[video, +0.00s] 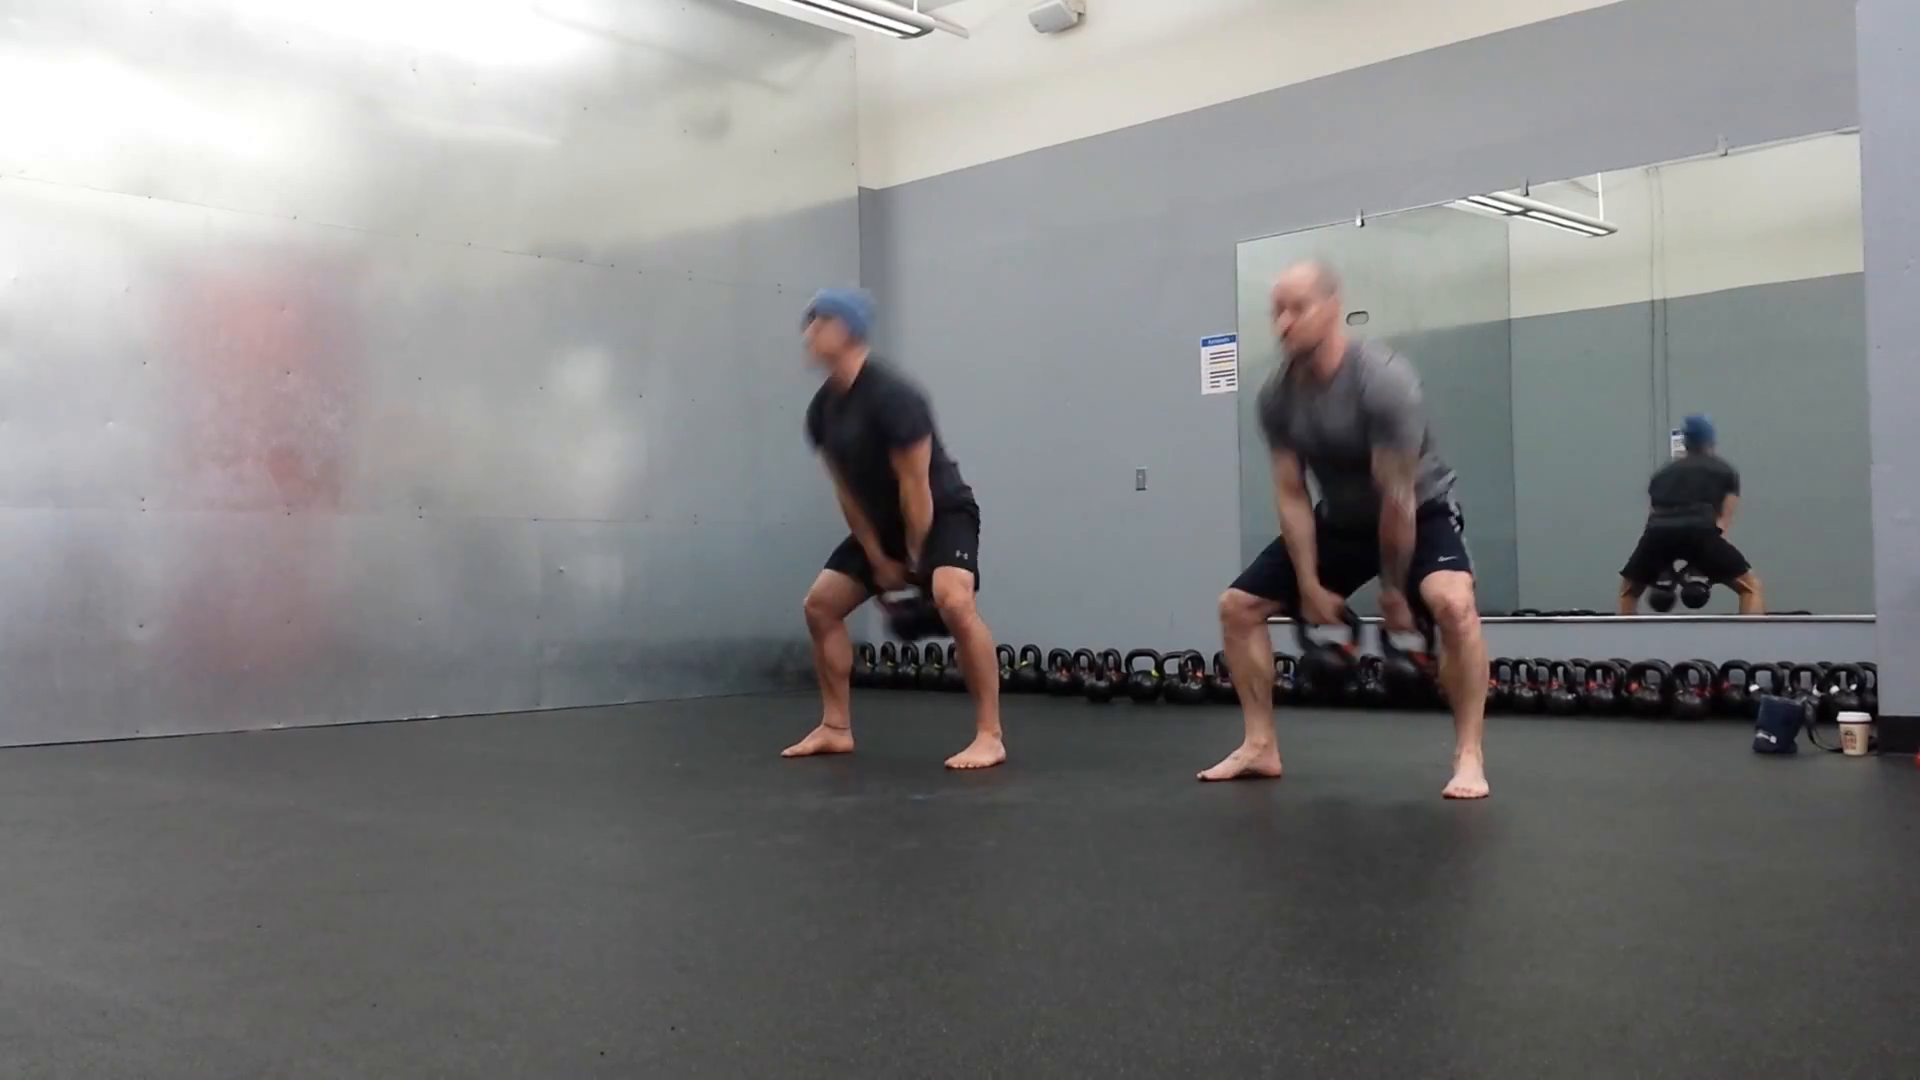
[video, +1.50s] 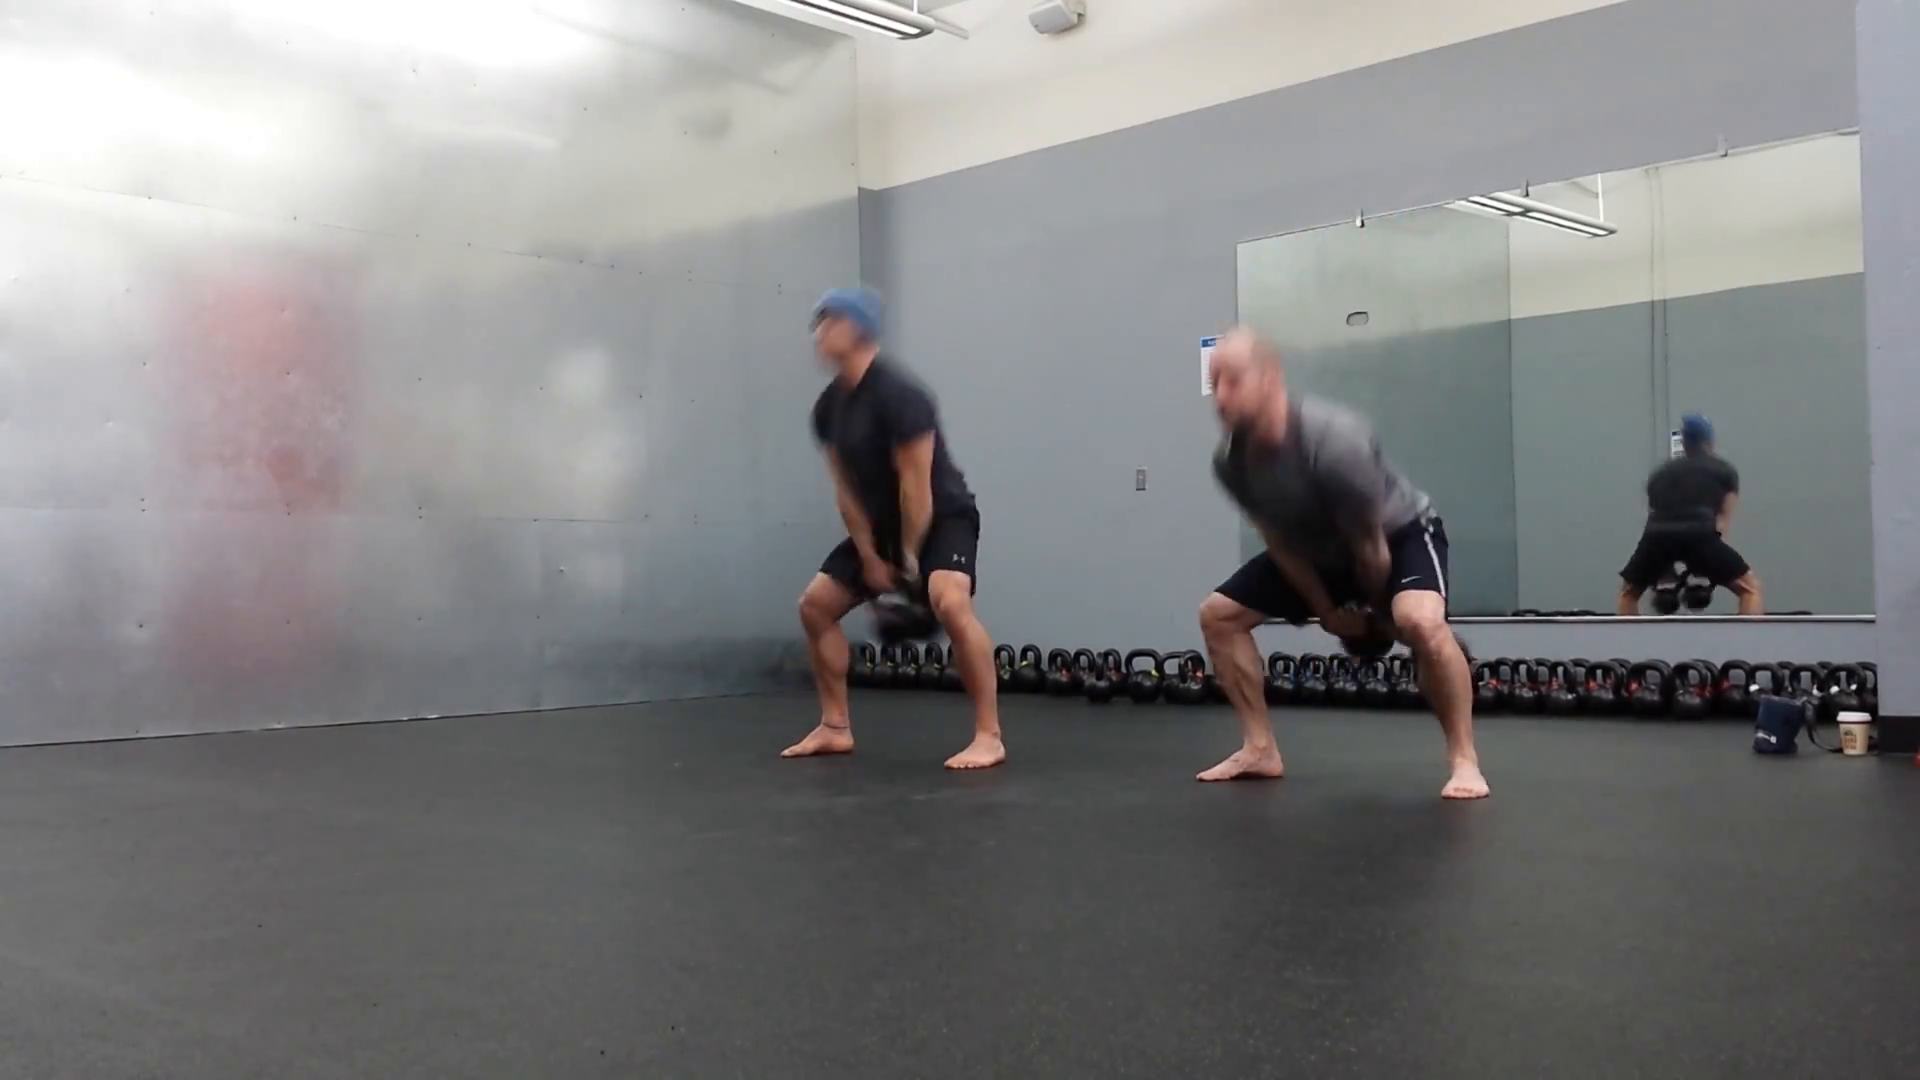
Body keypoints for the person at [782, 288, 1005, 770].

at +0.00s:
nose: (809, 331)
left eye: (822, 321)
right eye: (810, 322)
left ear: (851, 332)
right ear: (820, 335)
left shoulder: (895, 397)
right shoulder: (823, 410)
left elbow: (917, 488)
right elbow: (846, 492)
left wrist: (914, 559)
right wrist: (877, 558)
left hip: (942, 513)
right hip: (883, 519)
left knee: (953, 601)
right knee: (821, 607)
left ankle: (990, 735)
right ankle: (836, 727)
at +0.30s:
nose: (908, 297)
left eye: (917, 287)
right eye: (904, 289)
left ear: (945, 292)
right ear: (905, 298)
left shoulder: (974, 346)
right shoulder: (901, 355)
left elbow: (924, 375)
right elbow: (863, 387)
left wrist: (854, 374)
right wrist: (819, 390)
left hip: (931, 492)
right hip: (877, 493)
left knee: (952, 603)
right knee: (859, 612)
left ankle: (987, 735)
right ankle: (838, 726)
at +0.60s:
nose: (897, 286)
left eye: (907, 276)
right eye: (894, 279)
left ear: (937, 285)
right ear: (897, 287)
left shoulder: (963, 336)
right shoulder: (882, 346)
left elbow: (905, 321)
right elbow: (819, 343)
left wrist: (845, 281)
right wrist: (779, 302)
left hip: (930, 489)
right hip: (876, 491)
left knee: (954, 605)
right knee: (860, 612)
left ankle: (987, 736)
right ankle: (840, 726)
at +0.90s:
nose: (898, 299)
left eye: (907, 288)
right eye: (893, 290)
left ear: (936, 289)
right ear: (892, 295)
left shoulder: (967, 338)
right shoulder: (891, 348)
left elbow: (923, 385)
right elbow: (851, 380)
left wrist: (859, 396)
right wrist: (830, 397)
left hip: (946, 492)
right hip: (893, 494)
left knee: (956, 602)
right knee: (857, 608)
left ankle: (987, 736)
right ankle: (839, 727)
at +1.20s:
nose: (789, 409)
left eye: (797, 395)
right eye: (783, 398)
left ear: (825, 389)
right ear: (782, 402)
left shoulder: (884, 435)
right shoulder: (810, 455)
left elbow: (929, 518)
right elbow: (853, 530)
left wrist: (936, 584)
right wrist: (898, 587)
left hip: (952, 529)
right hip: (891, 539)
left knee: (962, 602)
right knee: (816, 609)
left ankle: (991, 737)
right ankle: (835, 728)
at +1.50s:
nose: (819, 331)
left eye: (831, 321)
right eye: (820, 322)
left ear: (861, 330)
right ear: (827, 334)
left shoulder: (902, 396)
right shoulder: (829, 407)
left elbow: (917, 486)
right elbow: (845, 489)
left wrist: (910, 556)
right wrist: (868, 555)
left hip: (943, 517)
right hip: (882, 522)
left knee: (949, 602)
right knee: (816, 607)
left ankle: (989, 735)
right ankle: (835, 726)